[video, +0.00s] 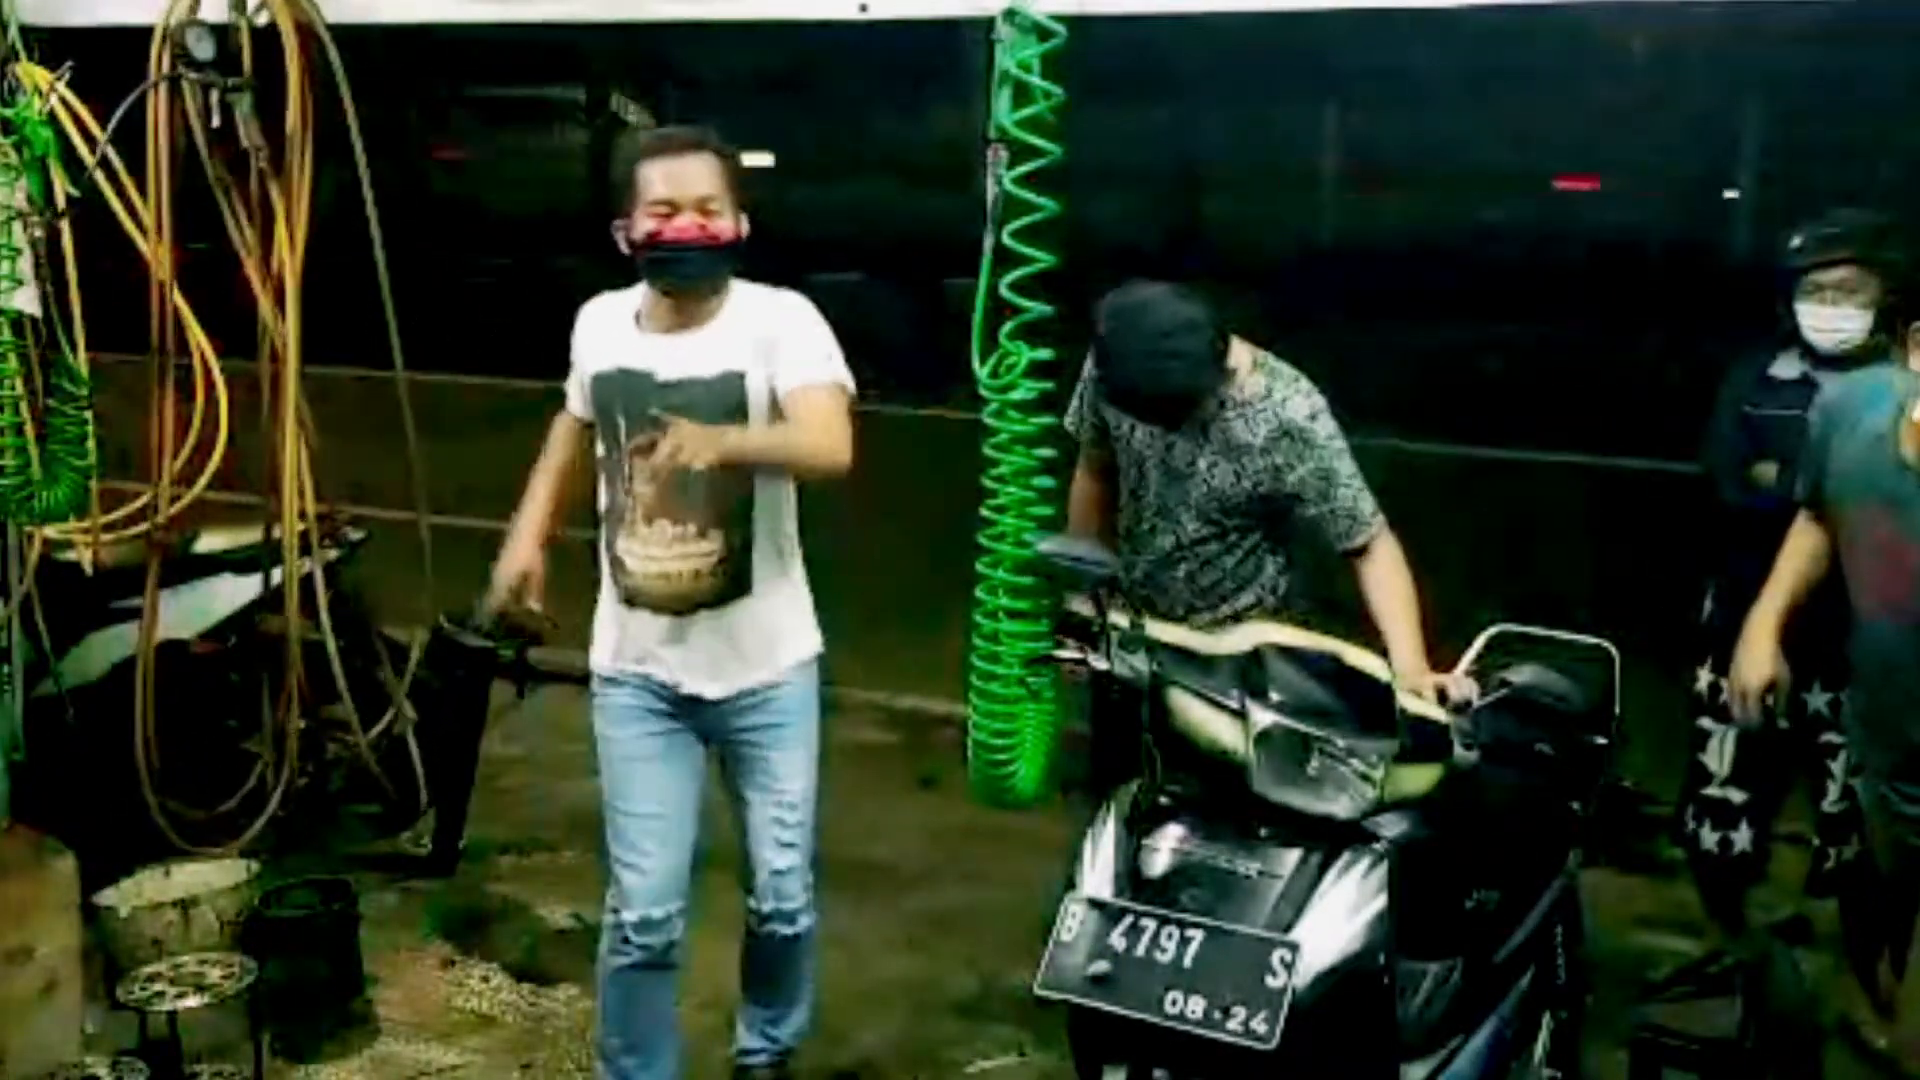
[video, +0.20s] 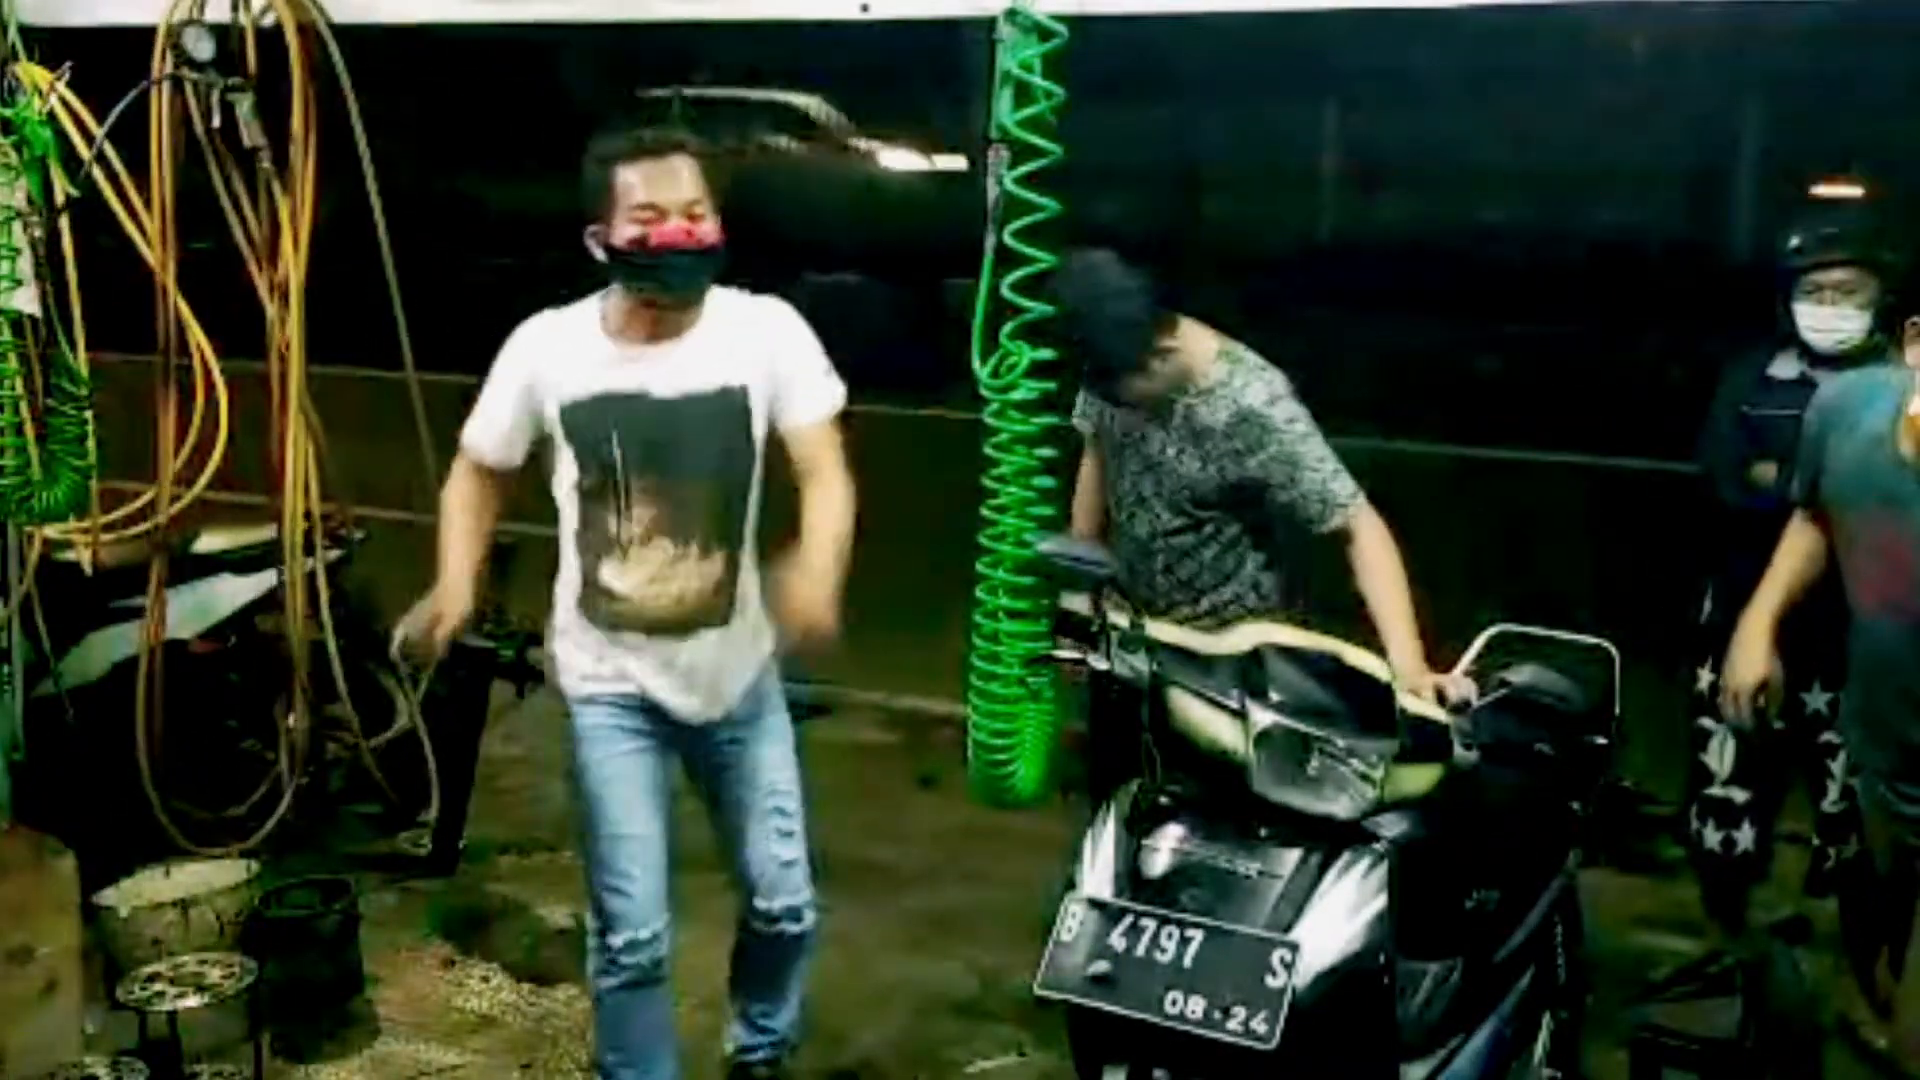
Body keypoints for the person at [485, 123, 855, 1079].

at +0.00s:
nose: (687, 229)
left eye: (707, 211)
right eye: (665, 212)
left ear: (737, 221)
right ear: (630, 228)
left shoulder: (783, 321)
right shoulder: (602, 325)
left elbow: (830, 445)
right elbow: (573, 430)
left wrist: (721, 442)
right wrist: (528, 534)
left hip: (766, 659)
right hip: (637, 662)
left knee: (780, 894)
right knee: (644, 913)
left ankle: (765, 1054)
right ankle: (634, 1072)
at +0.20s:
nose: (674, 234)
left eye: (687, 213)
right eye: (649, 216)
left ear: (713, 220)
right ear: (604, 235)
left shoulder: (764, 330)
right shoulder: (544, 349)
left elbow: (825, 471)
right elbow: (476, 469)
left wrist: (815, 576)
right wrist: (456, 582)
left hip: (738, 667)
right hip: (609, 678)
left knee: (784, 901)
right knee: (634, 937)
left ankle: (761, 1050)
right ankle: (635, 1072)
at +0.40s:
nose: (678, 268)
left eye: (690, 244)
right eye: (650, 250)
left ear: (713, 248)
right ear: (598, 266)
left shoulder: (737, 371)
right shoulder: (547, 397)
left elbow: (762, 505)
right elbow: (471, 553)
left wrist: (801, 631)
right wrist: (535, 631)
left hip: (714, 698)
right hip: (592, 716)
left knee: (778, 902)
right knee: (640, 968)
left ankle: (673, 1003)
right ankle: (641, 1061)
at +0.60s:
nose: (692, 247)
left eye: (706, 225)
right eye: (665, 230)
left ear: (727, 229)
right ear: (619, 245)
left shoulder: (698, 330)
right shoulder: (585, 351)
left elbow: (689, 456)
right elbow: (490, 476)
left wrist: (717, 526)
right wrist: (639, 479)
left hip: (694, 661)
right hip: (597, 676)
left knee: (713, 870)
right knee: (660, 915)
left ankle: (647, 1030)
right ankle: (636, 1068)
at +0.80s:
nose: (700, 241)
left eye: (715, 219)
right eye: (675, 223)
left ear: (735, 222)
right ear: (631, 232)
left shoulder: (712, 313)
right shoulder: (590, 335)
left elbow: (694, 431)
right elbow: (502, 468)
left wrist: (729, 515)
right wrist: (628, 489)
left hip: (692, 635)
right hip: (596, 649)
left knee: (704, 851)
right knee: (638, 878)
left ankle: (650, 1034)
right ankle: (620, 1067)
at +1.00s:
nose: (681, 258)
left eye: (698, 237)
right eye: (660, 238)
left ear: (722, 240)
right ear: (621, 242)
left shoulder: (741, 363)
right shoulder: (556, 350)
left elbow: (773, 501)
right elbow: (487, 474)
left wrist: (818, 561)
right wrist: (536, 588)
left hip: (705, 655)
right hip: (593, 655)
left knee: (732, 847)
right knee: (632, 862)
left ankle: (639, 1034)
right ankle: (560, 967)